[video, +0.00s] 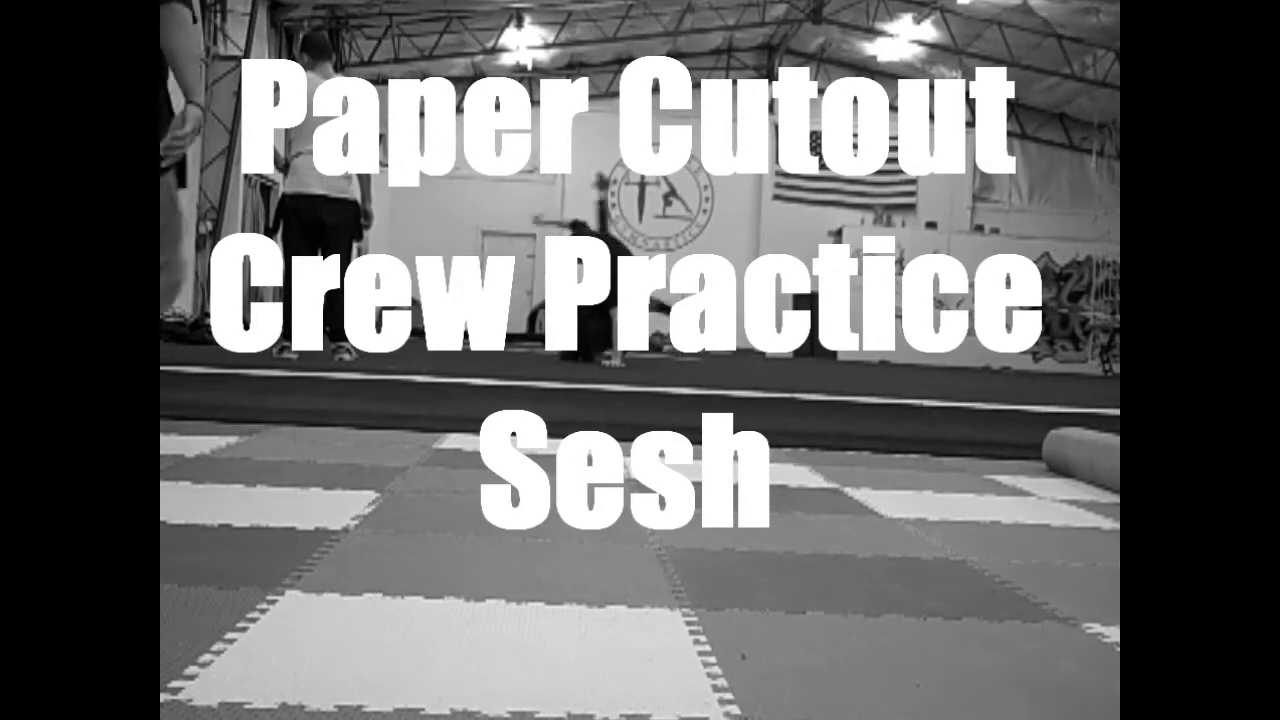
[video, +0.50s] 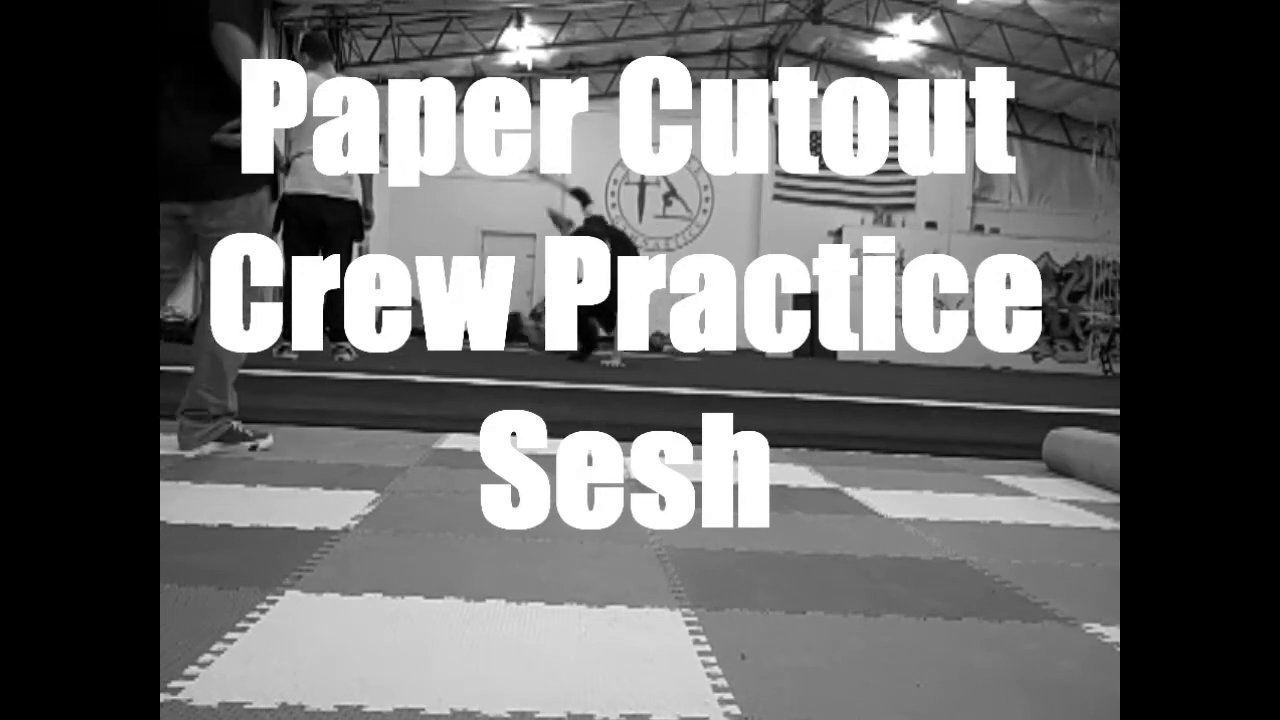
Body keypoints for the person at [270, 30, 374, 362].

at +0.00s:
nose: (301, 61)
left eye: (300, 57)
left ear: (303, 57)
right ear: (333, 57)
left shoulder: (292, 86)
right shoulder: (352, 90)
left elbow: (275, 142)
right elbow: (362, 153)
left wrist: (285, 165)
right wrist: (366, 201)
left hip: (299, 196)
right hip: (340, 196)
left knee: (295, 272)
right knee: (339, 274)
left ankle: (289, 341)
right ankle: (341, 343)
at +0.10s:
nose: (300, 62)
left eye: (300, 58)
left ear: (303, 57)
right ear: (333, 57)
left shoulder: (293, 86)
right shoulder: (352, 90)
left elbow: (276, 142)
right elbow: (363, 153)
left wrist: (285, 164)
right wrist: (367, 202)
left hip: (299, 196)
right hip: (341, 196)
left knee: (295, 272)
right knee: (339, 273)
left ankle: (289, 341)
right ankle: (340, 343)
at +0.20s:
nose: (301, 62)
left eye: (300, 58)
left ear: (303, 57)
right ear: (333, 57)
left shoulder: (293, 86)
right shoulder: (352, 90)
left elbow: (276, 142)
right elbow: (363, 153)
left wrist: (285, 165)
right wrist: (368, 202)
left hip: (299, 195)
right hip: (341, 196)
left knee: (295, 272)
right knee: (339, 273)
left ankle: (289, 341)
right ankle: (340, 343)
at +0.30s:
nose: (301, 62)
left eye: (300, 58)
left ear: (303, 57)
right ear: (334, 57)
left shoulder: (293, 86)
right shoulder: (352, 90)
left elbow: (277, 142)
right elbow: (363, 153)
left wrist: (285, 164)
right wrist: (368, 202)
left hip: (299, 195)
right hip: (341, 196)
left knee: (295, 272)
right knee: (339, 273)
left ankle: (289, 341)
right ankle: (340, 343)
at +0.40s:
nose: (301, 63)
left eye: (300, 59)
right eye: (302, 59)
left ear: (304, 57)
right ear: (334, 57)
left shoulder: (294, 87)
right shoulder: (353, 90)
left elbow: (278, 145)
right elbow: (363, 153)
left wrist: (285, 164)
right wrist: (368, 202)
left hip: (299, 196)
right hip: (341, 196)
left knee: (295, 271)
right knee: (340, 273)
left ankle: (288, 341)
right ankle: (340, 342)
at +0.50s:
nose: (301, 63)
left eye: (300, 59)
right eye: (302, 59)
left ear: (304, 57)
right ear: (334, 57)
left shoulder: (294, 87)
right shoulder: (353, 90)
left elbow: (279, 145)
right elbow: (364, 153)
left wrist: (284, 164)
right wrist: (368, 202)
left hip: (300, 196)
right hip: (341, 196)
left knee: (295, 271)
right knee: (340, 273)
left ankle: (288, 341)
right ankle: (340, 342)